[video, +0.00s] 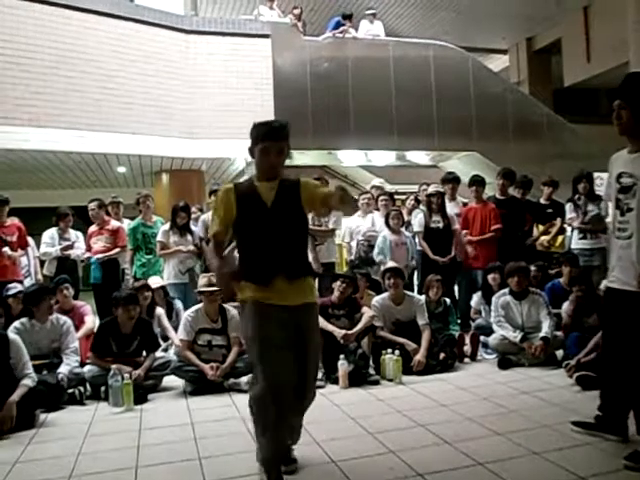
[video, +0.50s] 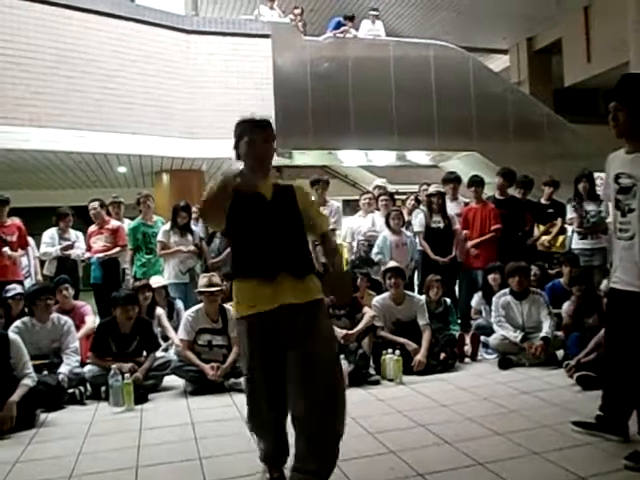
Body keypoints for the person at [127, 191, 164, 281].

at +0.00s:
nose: (147, 204)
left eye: (149, 201)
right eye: (143, 202)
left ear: (153, 204)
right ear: (139, 206)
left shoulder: (160, 222)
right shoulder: (134, 226)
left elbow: (164, 245)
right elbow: (130, 249)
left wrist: (167, 267)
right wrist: (129, 271)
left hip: (159, 268)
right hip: (141, 269)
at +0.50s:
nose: (147, 204)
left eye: (149, 201)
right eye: (143, 202)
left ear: (154, 204)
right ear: (139, 206)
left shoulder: (161, 222)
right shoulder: (134, 226)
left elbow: (165, 245)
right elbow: (130, 249)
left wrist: (167, 267)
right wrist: (129, 271)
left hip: (159, 268)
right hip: (141, 269)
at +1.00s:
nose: (147, 204)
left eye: (148, 201)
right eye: (143, 202)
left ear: (153, 203)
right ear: (138, 206)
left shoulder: (160, 222)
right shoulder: (133, 226)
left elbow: (164, 244)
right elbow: (130, 249)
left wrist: (167, 266)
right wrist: (129, 269)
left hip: (158, 267)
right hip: (140, 269)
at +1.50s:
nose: (147, 204)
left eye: (148, 200)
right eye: (143, 202)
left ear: (153, 203)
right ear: (139, 206)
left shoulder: (160, 222)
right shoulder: (134, 226)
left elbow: (164, 244)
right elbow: (130, 249)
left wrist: (167, 266)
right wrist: (129, 270)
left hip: (158, 268)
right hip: (140, 269)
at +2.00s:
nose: (148, 204)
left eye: (150, 200)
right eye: (145, 202)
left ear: (154, 203)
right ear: (140, 206)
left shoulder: (160, 222)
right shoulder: (134, 226)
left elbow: (164, 244)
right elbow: (131, 249)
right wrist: (129, 269)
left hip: (159, 268)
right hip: (141, 269)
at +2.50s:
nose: (150, 204)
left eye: (151, 200)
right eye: (146, 202)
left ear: (156, 203)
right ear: (141, 206)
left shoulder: (162, 222)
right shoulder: (135, 226)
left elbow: (166, 244)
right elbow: (132, 249)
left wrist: (168, 266)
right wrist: (129, 269)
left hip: (160, 268)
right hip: (142, 269)